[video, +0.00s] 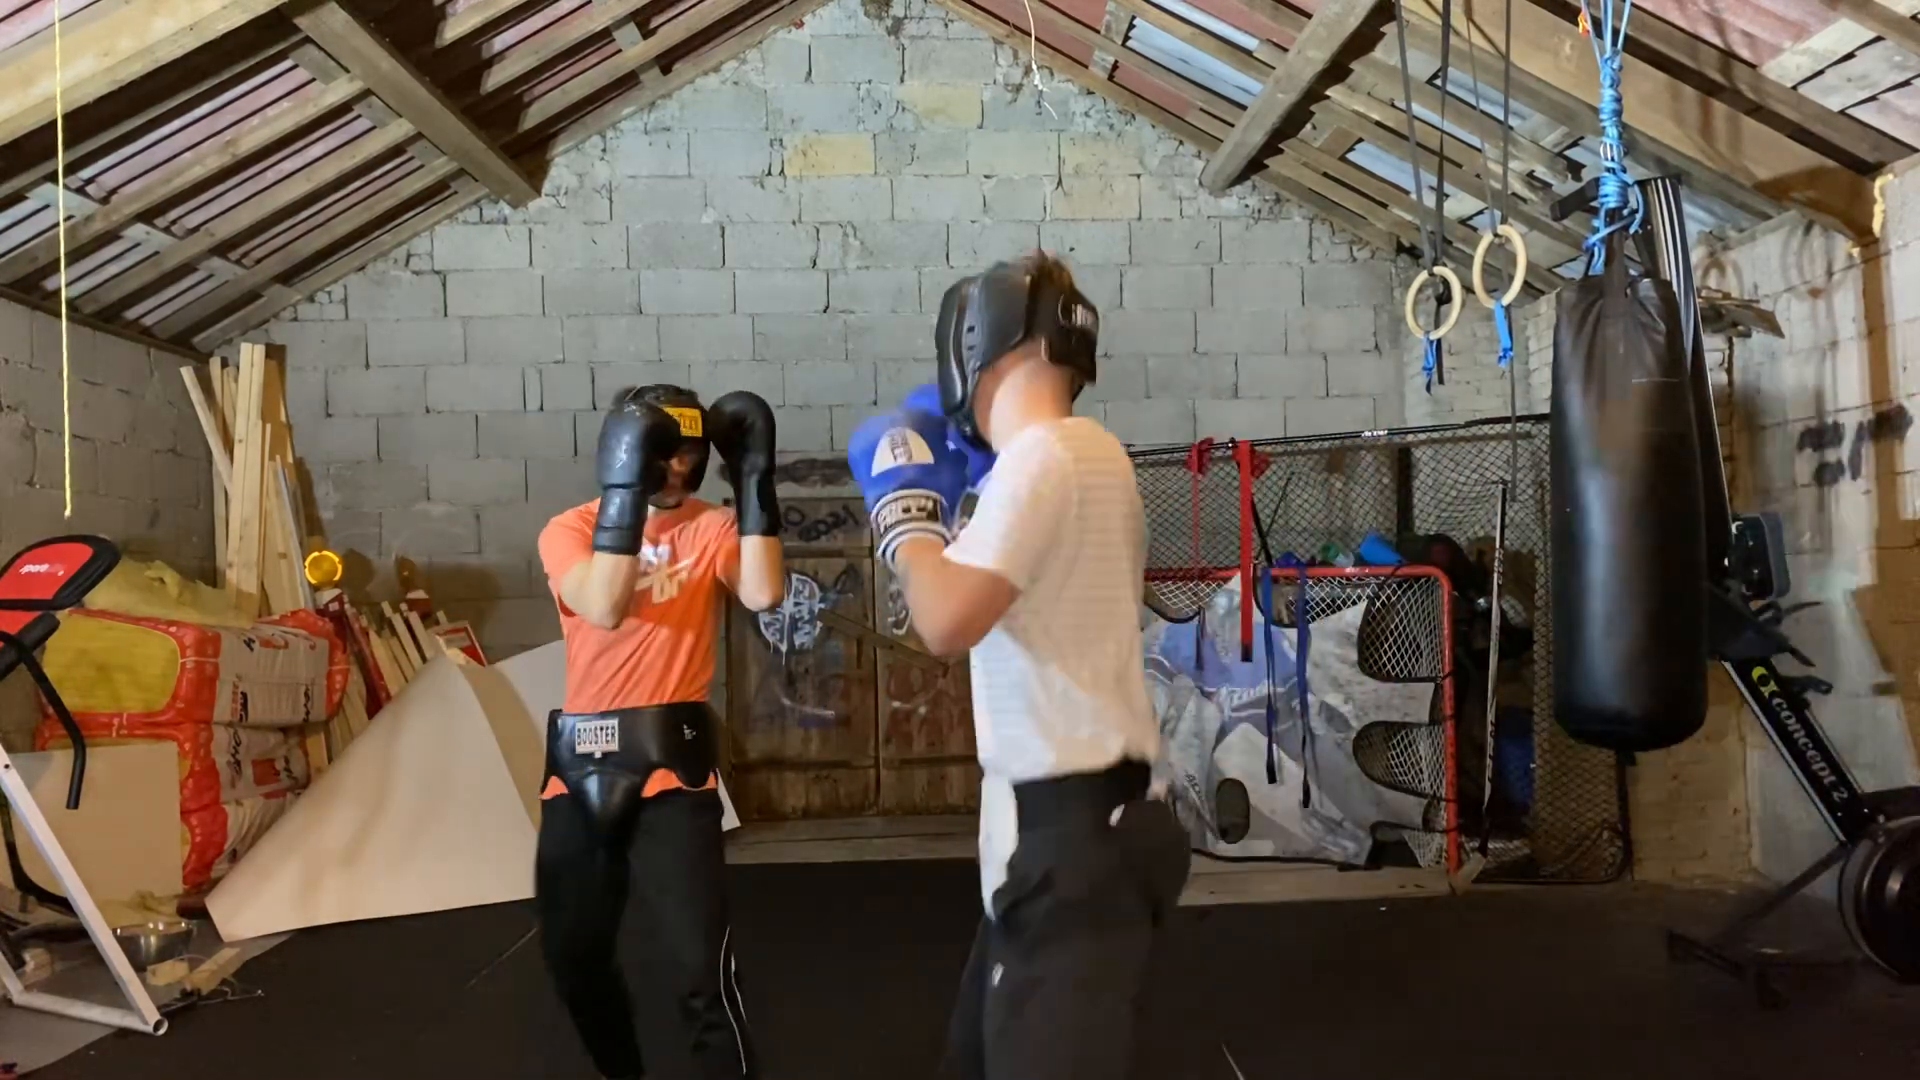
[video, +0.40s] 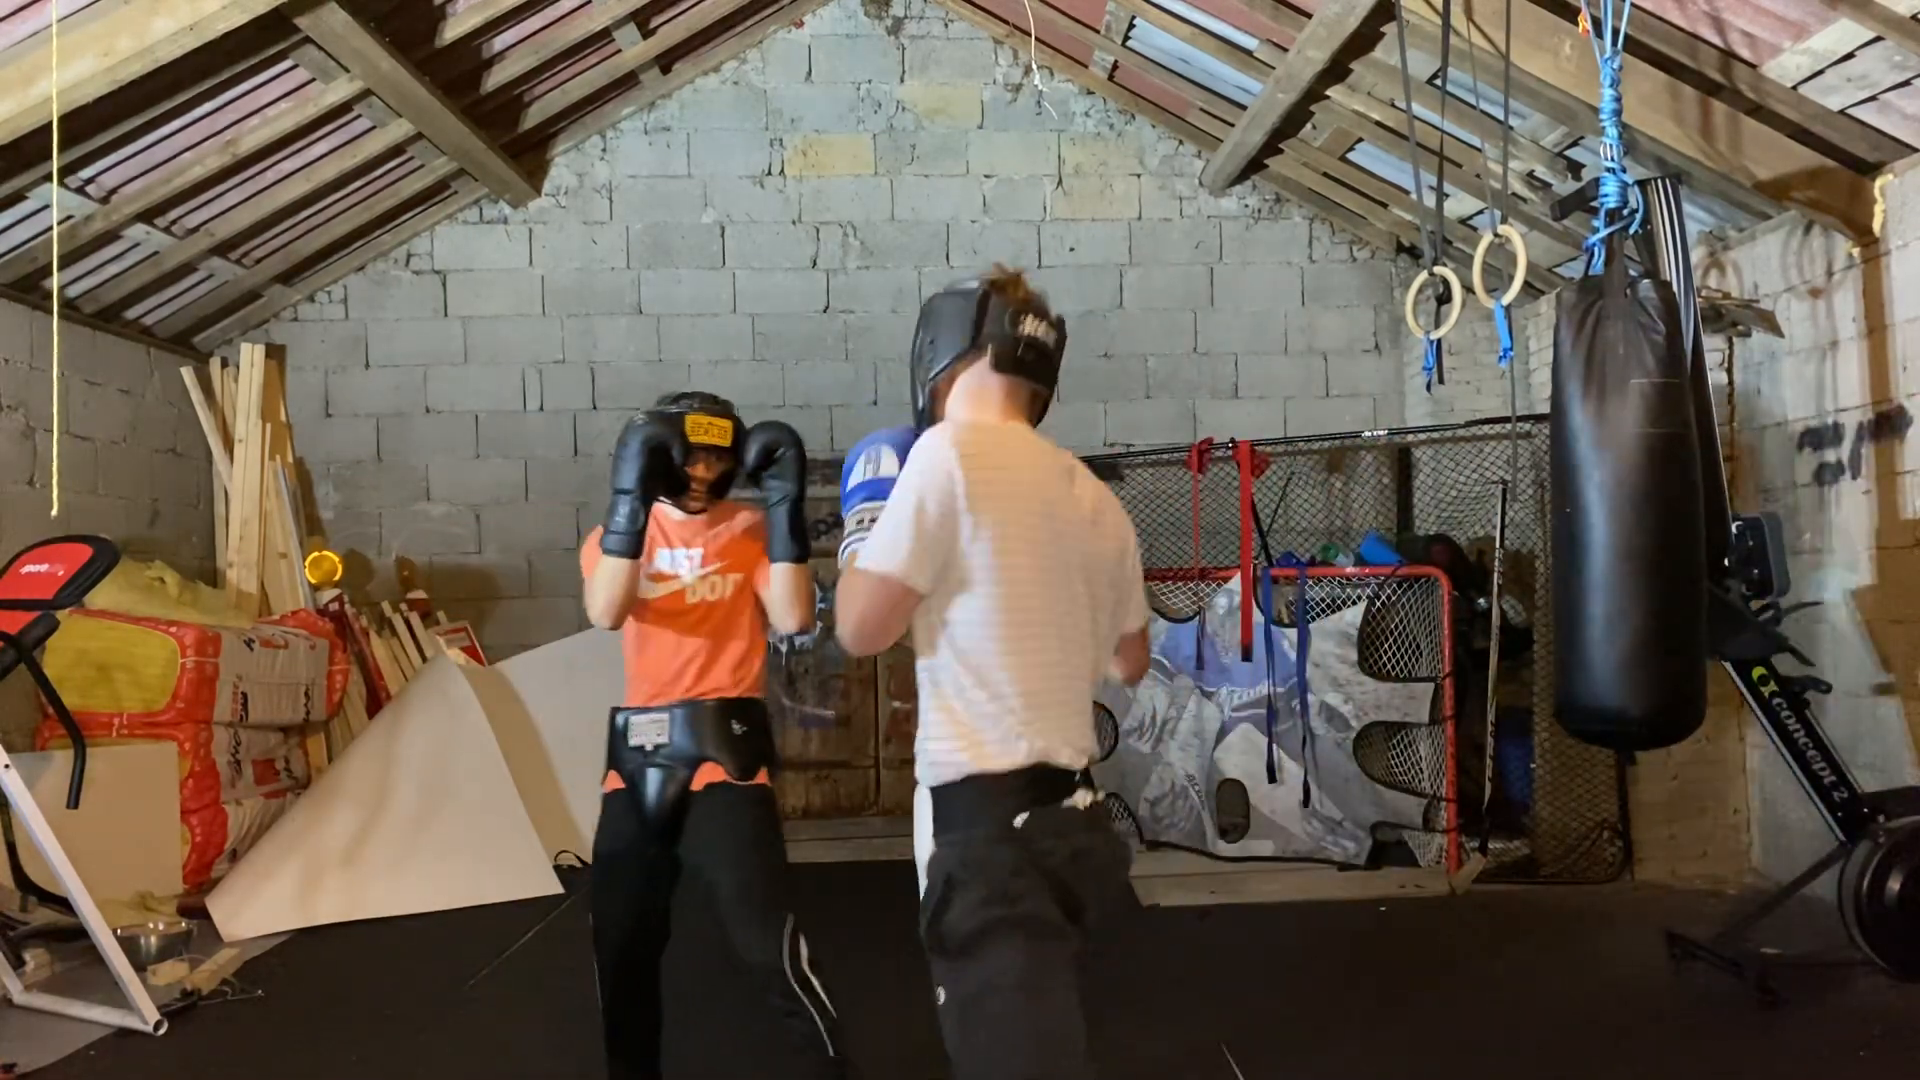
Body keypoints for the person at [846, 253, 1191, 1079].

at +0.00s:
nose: (953, 368)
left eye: (958, 345)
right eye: (952, 349)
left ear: (985, 343)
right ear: (1060, 348)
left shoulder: (1043, 461)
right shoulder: (1099, 456)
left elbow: (947, 620)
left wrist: (906, 513)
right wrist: (956, 505)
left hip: (1070, 829)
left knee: (1046, 1060)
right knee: (982, 1050)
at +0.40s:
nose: (924, 374)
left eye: (930, 354)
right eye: (927, 356)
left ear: (948, 355)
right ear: (1040, 378)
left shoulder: (947, 457)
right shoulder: (1098, 499)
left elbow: (862, 629)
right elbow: (1131, 659)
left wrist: (867, 521)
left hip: (983, 828)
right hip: (1081, 821)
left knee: (1018, 1059)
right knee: (1064, 1055)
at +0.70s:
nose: (824, 415)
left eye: (828, 394)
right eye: (826, 396)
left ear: (849, 391)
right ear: (937, 403)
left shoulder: (860, 496)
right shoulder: (1013, 513)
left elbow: (799, 679)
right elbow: (1088, 663)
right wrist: (983, 632)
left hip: (992, 871)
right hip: (1080, 845)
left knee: (895, 1066)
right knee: (1024, 1061)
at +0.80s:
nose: (779, 458)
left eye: (785, 435)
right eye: (782, 438)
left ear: (810, 436)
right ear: (908, 441)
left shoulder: (830, 543)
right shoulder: (983, 538)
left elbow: (774, 734)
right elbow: (1069, 676)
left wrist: (754, 703)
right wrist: (963, 656)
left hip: (976, 911)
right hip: (1084, 882)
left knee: (878, 1064)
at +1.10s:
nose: (724, 410)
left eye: (728, 387)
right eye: (726, 387)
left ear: (756, 391)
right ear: (845, 387)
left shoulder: (775, 523)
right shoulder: (933, 501)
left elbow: (711, 702)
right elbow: (1023, 628)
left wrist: (771, 673)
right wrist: (936, 590)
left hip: (872, 885)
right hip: (972, 853)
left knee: (855, 1061)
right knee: (933, 1057)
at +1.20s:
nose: (712, 398)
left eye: (717, 375)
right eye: (714, 377)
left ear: (736, 379)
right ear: (832, 379)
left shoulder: (749, 506)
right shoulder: (914, 496)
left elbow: (683, 686)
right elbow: (990, 616)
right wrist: (903, 570)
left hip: (834, 855)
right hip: (941, 836)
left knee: (854, 1061)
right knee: (905, 1052)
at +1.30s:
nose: (692, 415)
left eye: (697, 395)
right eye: (694, 395)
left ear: (718, 407)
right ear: (812, 405)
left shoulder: (720, 532)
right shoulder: (894, 526)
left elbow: (656, 707)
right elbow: (975, 620)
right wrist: (883, 590)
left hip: (817, 883)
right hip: (922, 864)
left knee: (823, 1062)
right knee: (889, 1060)